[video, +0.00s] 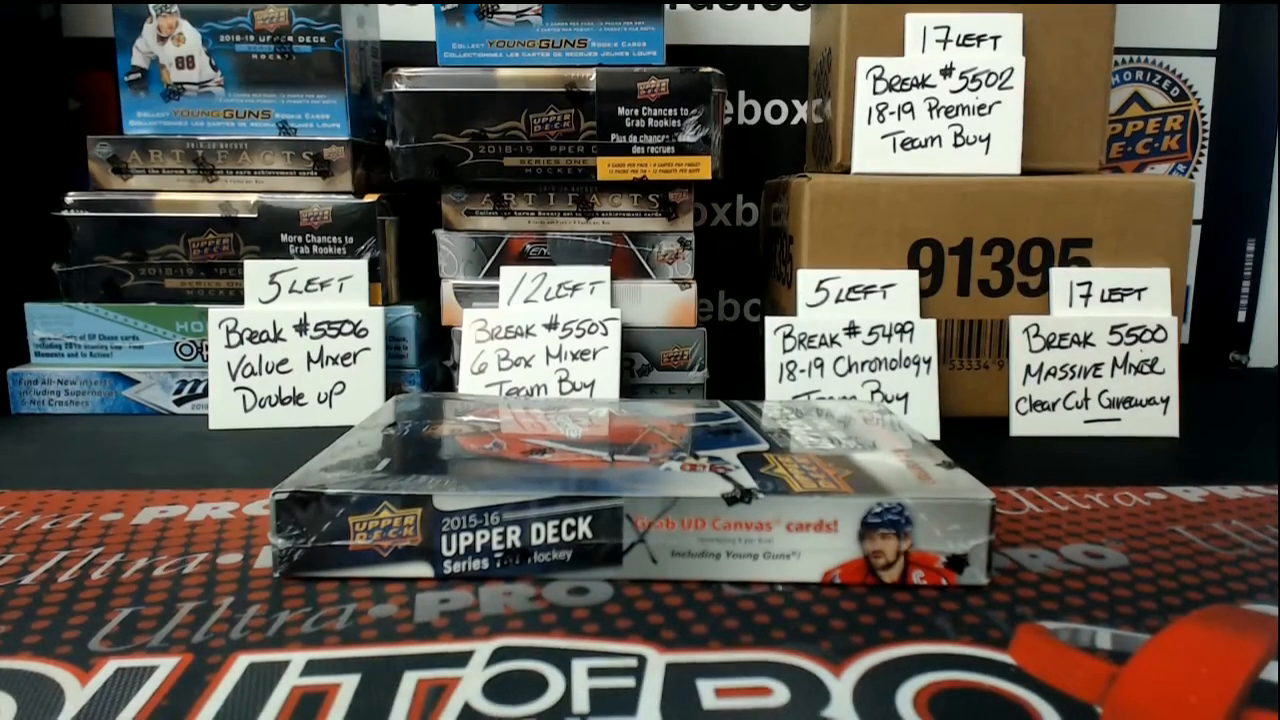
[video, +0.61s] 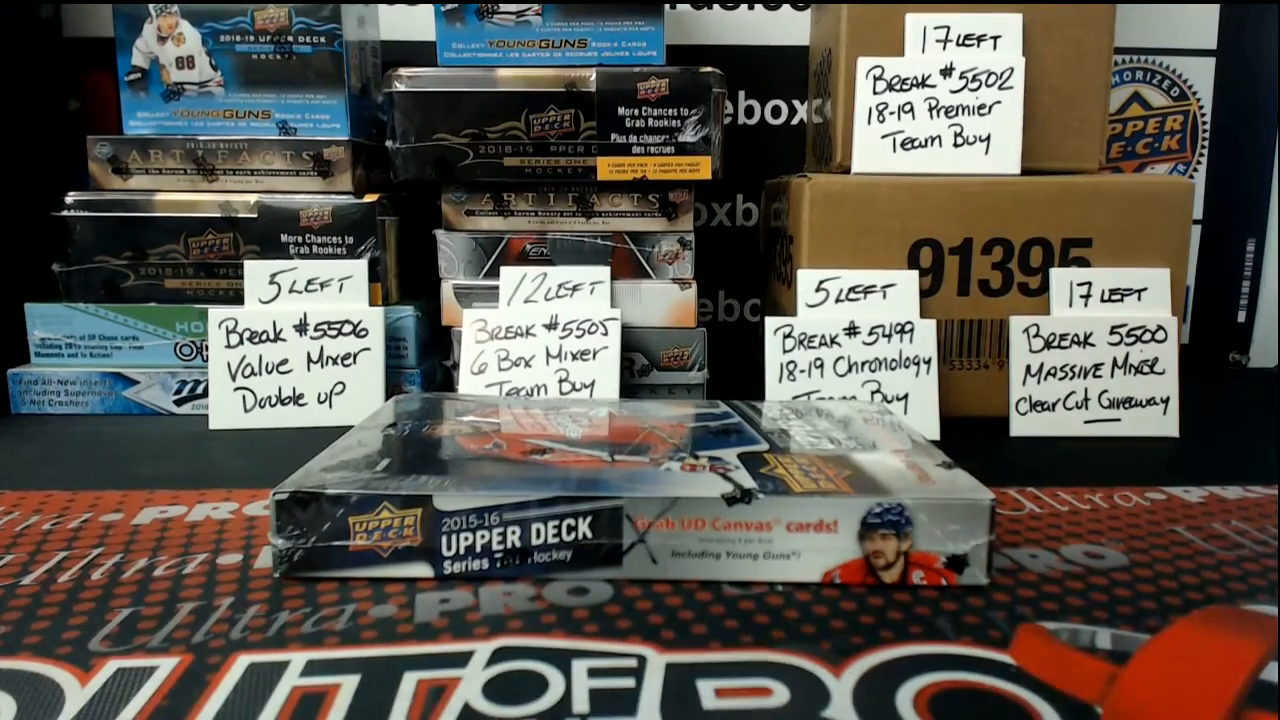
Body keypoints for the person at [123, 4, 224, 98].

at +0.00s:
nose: (170, 23)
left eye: (173, 17)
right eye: (164, 18)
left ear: (178, 17)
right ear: (156, 20)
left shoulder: (186, 36)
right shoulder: (150, 28)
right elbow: (142, 50)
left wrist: (178, 89)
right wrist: (137, 72)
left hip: (208, 84)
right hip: (181, 84)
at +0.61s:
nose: (170, 22)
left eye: (173, 17)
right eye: (164, 18)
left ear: (178, 17)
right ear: (156, 20)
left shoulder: (186, 36)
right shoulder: (150, 28)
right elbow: (142, 50)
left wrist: (179, 89)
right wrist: (137, 72)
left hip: (209, 84)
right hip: (181, 83)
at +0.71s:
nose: (170, 22)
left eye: (173, 17)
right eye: (164, 17)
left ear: (178, 17)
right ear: (156, 20)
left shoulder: (186, 34)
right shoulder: (150, 29)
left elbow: (188, 65)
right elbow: (142, 50)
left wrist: (180, 87)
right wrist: (137, 73)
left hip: (208, 83)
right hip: (181, 84)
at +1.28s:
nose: (170, 22)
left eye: (173, 17)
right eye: (164, 18)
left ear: (178, 17)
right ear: (156, 20)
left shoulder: (186, 35)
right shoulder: (150, 28)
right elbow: (141, 50)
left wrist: (179, 89)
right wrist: (137, 74)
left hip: (209, 84)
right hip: (181, 85)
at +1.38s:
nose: (170, 22)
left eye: (173, 17)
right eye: (164, 18)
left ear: (178, 17)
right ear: (156, 20)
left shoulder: (186, 35)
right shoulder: (150, 28)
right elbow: (141, 50)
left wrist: (179, 89)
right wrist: (137, 74)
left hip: (209, 84)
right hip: (181, 85)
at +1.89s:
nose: (170, 22)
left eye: (173, 17)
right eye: (164, 18)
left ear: (178, 17)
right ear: (156, 20)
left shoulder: (185, 35)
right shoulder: (150, 28)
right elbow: (141, 50)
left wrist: (178, 89)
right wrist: (136, 74)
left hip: (209, 84)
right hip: (181, 84)